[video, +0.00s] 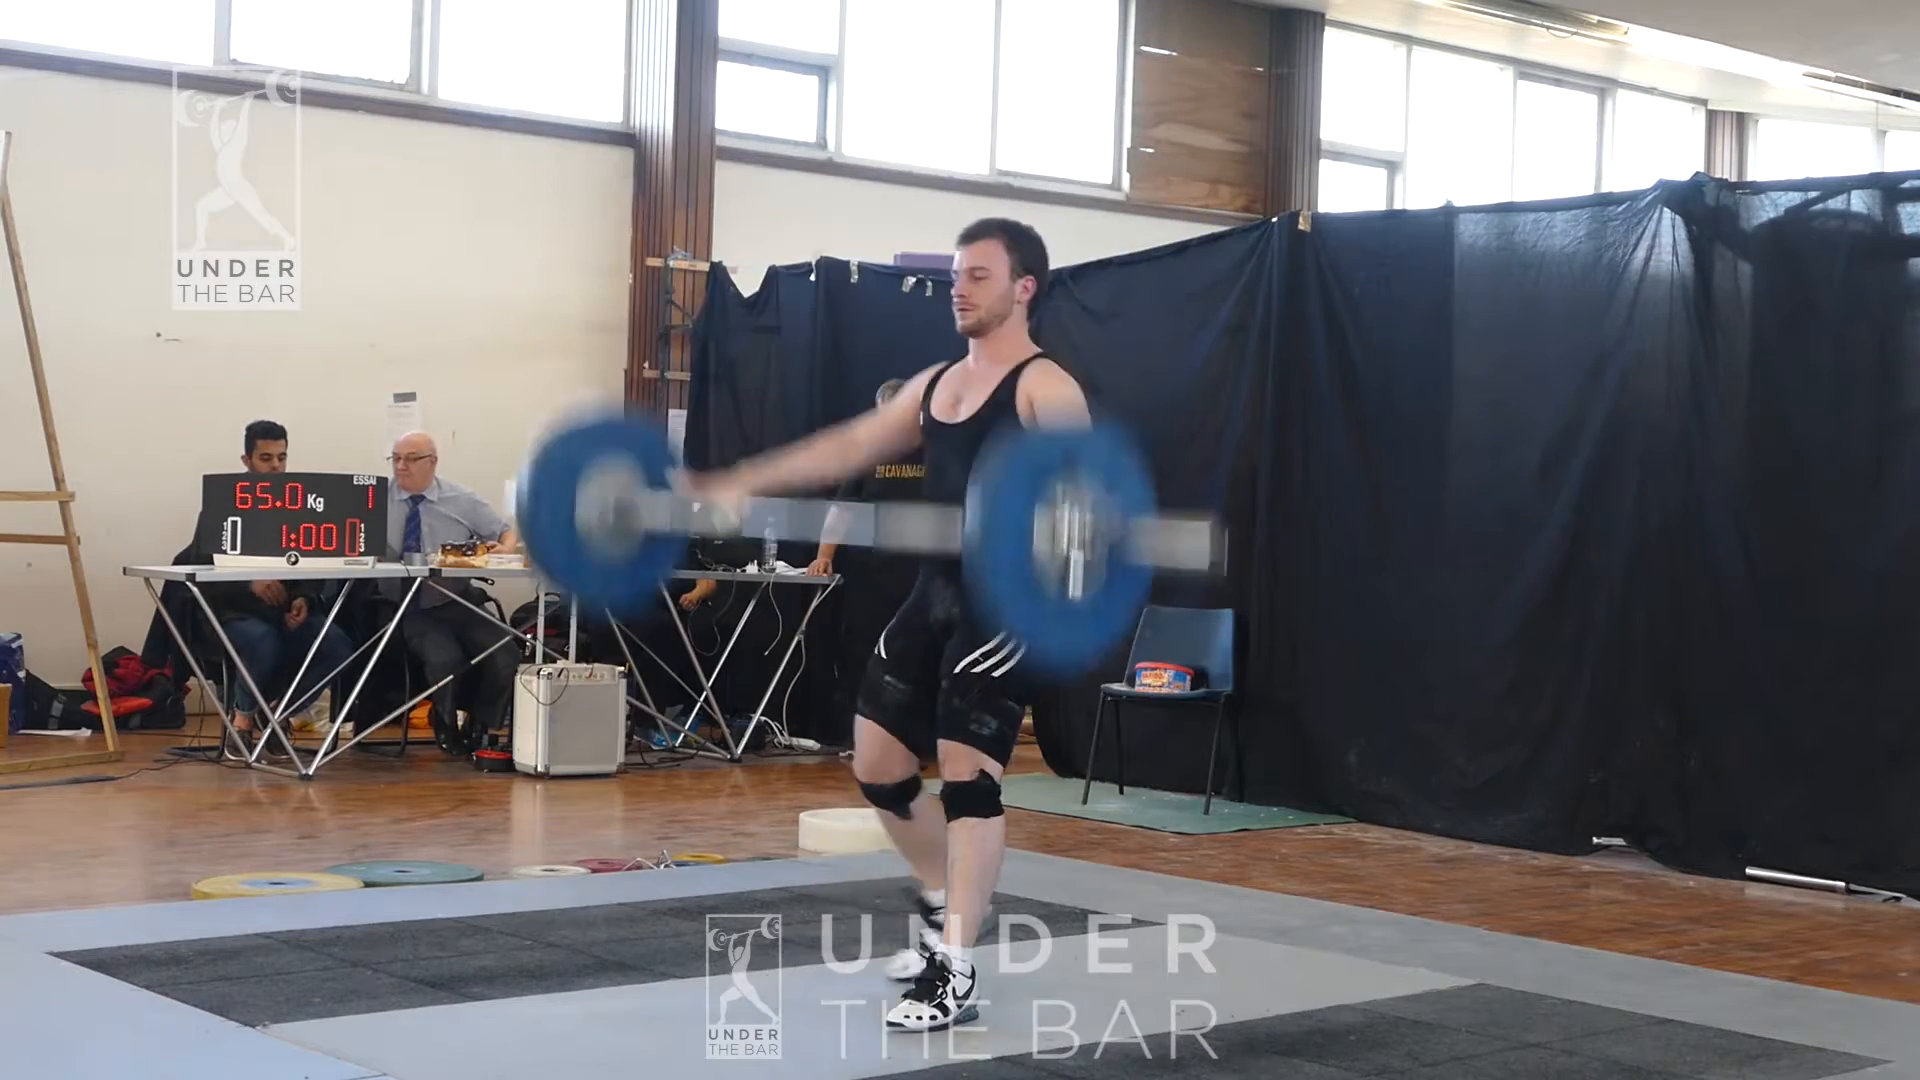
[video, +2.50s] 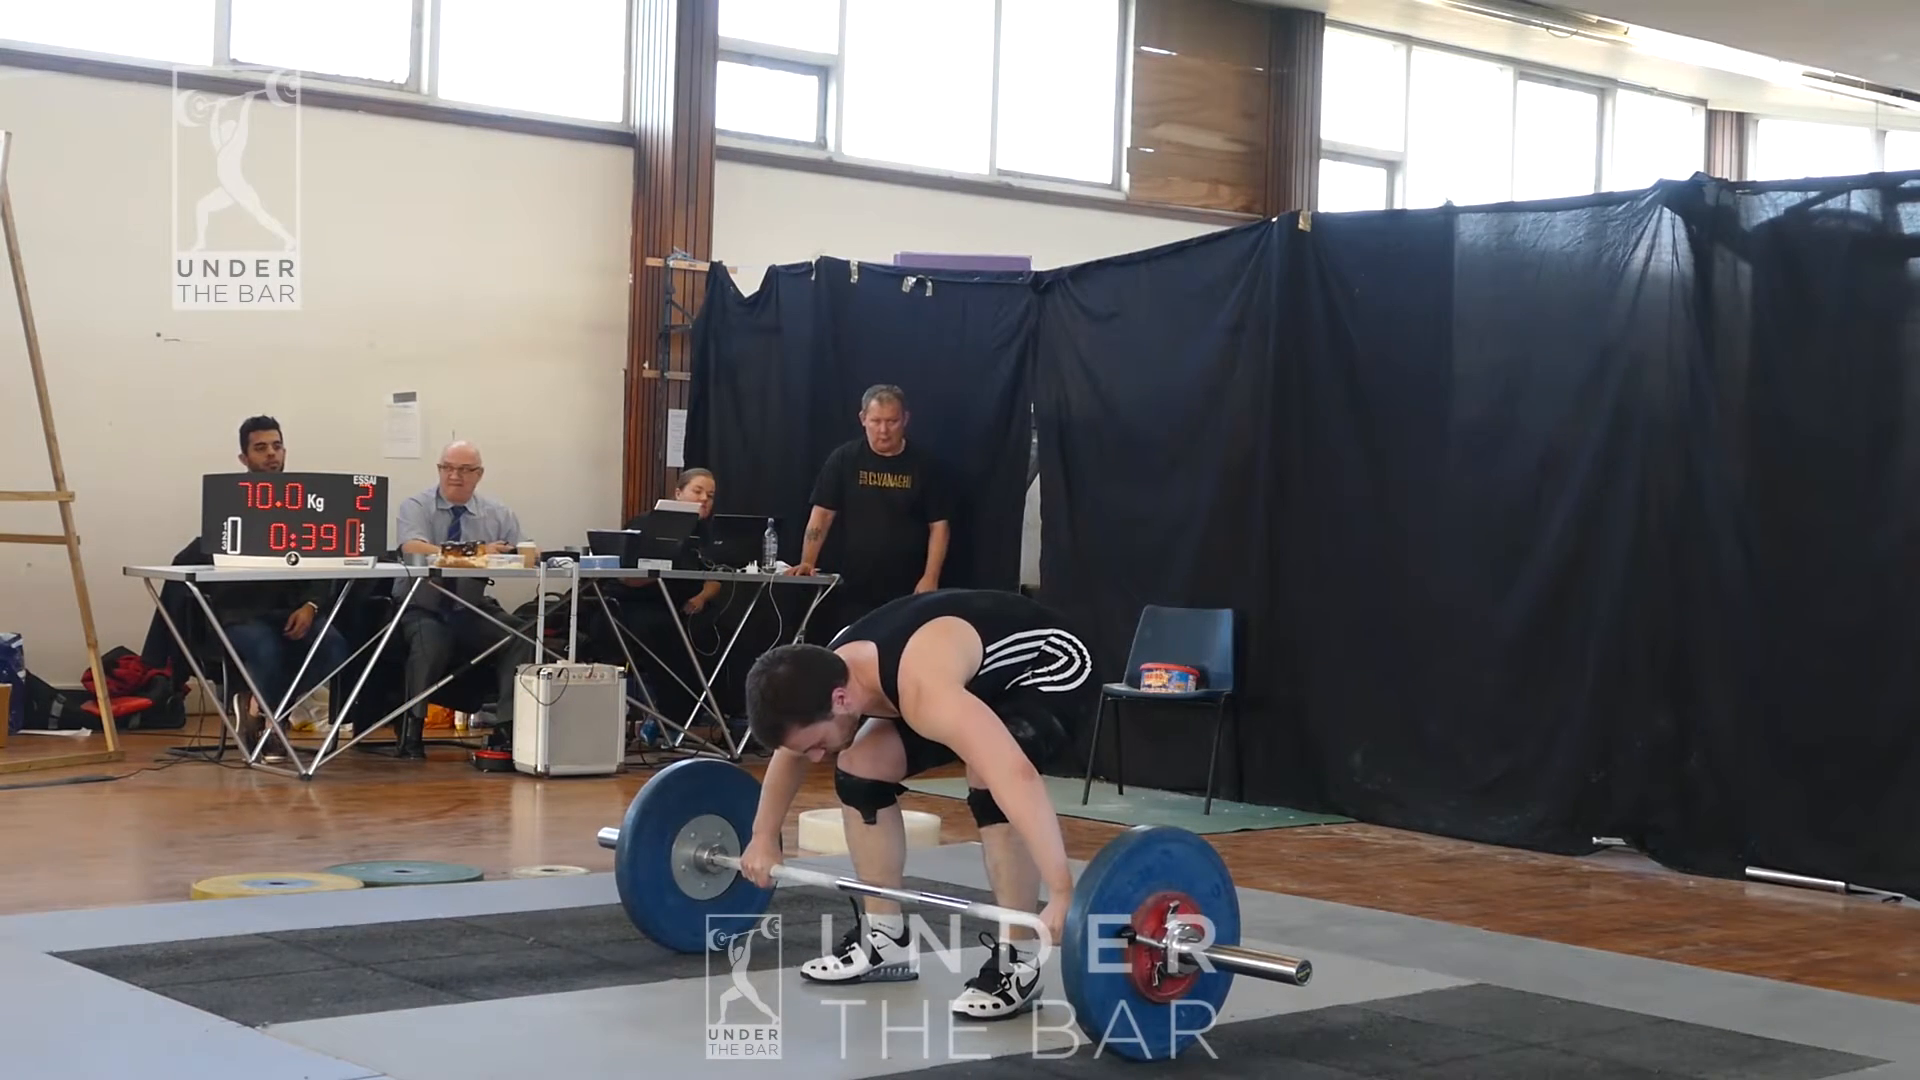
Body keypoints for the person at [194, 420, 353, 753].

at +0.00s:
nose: (275, 466)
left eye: (281, 458)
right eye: (266, 458)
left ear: (287, 457)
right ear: (247, 460)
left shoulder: (297, 498)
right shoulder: (228, 500)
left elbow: (317, 557)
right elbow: (203, 561)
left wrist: (304, 597)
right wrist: (250, 580)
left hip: (287, 608)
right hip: (237, 607)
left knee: (336, 645)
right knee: (265, 642)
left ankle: (278, 716)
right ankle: (241, 719)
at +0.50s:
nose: (275, 466)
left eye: (280, 458)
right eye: (265, 459)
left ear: (286, 458)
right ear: (246, 460)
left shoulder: (298, 499)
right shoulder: (224, 502)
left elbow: (319, 557)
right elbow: (201, 567)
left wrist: (305, 598)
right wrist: (243, 596)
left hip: (287, 607)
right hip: (237, 609)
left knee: (336, 645)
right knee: (263, 643)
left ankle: (278, 719)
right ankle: (242, 719)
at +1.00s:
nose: (272, 461)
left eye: (278, 454)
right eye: (263, 454)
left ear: (284, 455)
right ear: (244, 459)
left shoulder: (296, 498)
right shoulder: (224, 501)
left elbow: (317, 556)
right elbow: (201, 566)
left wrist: (303, 598)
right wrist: (243, 598)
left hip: (286, 605)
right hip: (236, 608)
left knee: (337, 646)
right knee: (263, 643)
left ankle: (277, 717)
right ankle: (242, 719)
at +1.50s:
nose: (269, 453)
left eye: (274, 446)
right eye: (258, 447)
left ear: (282, 450)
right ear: (242, 457)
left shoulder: (301, 497)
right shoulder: (232, 499)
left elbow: (326, 557)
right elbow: (212, 556)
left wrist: (312, 604)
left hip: (293, 608)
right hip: (244, 610)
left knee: (333, 647)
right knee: (267, 649)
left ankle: (254, 707)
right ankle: (272, 729)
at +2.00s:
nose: (270, 454)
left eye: (276, 446)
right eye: (260, 448)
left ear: (283, 450)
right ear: (243, 457)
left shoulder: (301, 497)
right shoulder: (232, 499)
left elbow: (324, 558)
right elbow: (202, 558)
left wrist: (311, 605)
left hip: (291, 608)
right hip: (243, 610)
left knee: (332, 646)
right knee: (266, 647)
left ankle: (252, 706)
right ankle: (274, 727)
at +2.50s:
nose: (272, 454)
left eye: (277, 446)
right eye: (261, 447)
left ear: (284, 451)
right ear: (244, 457)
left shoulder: (302, 497)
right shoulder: (233, 499)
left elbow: (328, 558)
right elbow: (214, 555)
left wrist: (312, 604)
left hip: (293, 608)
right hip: (244, 609)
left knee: (333, 648)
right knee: (267, 649)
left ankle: (255, 707)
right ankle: (273, 730)